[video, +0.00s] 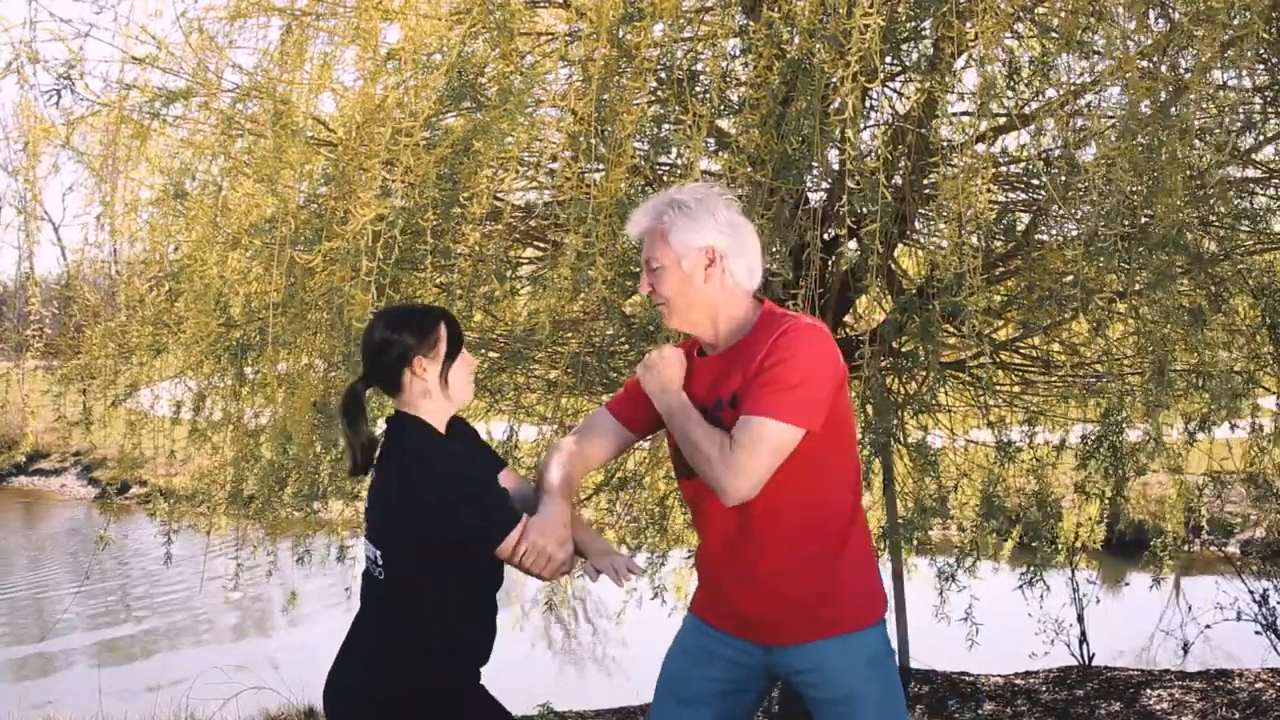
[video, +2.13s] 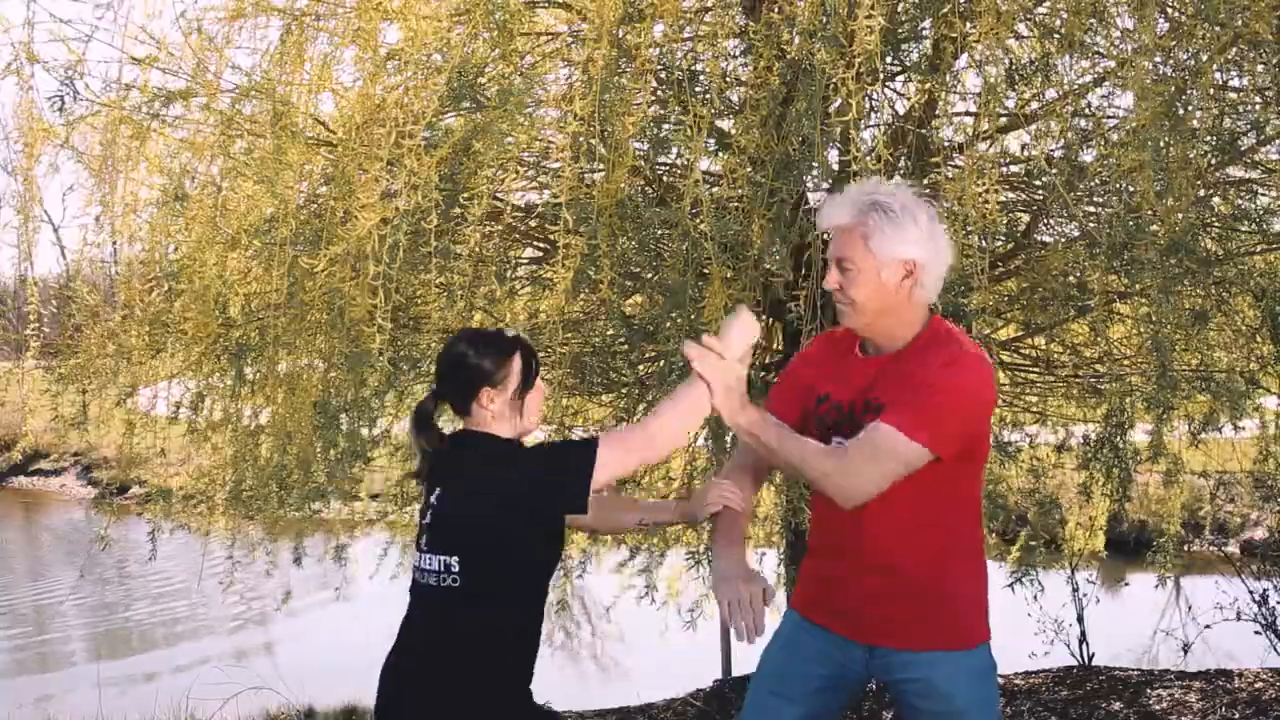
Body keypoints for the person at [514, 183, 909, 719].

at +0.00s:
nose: (646, 287)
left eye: (655, 269)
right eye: (645, 272)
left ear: (711, 262)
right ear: (709, 265)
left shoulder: (804, 346)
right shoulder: (682, 365)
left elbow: (735, 478)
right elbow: (574, 449)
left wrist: (668, 397)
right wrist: (554, 509)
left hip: (836, 634)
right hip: (719, 630)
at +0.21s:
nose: (655, 274)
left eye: (666, 255)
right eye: (655, 259)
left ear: (722, 250)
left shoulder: (810, 332)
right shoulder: (684, 363)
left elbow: (767, 471)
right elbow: (596, 435)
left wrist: (660, 445)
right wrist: (551, 488)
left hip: (851, 620)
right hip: (738, 618)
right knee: (692, 711)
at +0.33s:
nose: (685, 266)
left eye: (697, 248)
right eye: (688, 250)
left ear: (753, 247)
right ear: (749, 248)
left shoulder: (838, 335)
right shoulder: (709, 363)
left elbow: (826, 478)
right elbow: (636, 456)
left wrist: (712, 470)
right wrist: (580, 460)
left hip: (870, 632)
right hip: (752, 627)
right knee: (708, 710)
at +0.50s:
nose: (753, 265)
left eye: (768, 249)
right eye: (757, 249)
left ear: (826, 254)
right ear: (819, 256)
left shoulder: (906, 345)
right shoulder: (769, 367)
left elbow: (886, 482)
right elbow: (698, 472)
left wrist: (767, 451)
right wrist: (611, 435)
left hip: (912, 644)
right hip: (791, 634)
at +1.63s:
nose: (764, 286)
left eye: (776, 268)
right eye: (764, 268)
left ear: (833, 264)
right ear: (829, 265)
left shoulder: (923, 342)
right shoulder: (778, 356)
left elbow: (864, 468)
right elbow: (705, 429)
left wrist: (767, 403)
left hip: (921, 638)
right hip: (797, 628)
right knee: (740, 710)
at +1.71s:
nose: (771, 293)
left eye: (782, 275)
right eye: (770, 275)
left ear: (840, 268)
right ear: (832, 271)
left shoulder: (935, 345)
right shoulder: (790, 358)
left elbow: (867, 463)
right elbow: (704, 465)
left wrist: (781, 380)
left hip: (929, 640)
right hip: (805, 630)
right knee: (748, 709)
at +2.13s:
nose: (829, 282)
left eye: (845, 268)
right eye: (830, 266)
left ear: (906, 273)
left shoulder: (960, 371)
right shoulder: (821, 356)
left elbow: (848, 479)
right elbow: (746, 467)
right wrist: (728, 559)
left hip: (940, 644)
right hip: (818, 631)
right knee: (760, 710)